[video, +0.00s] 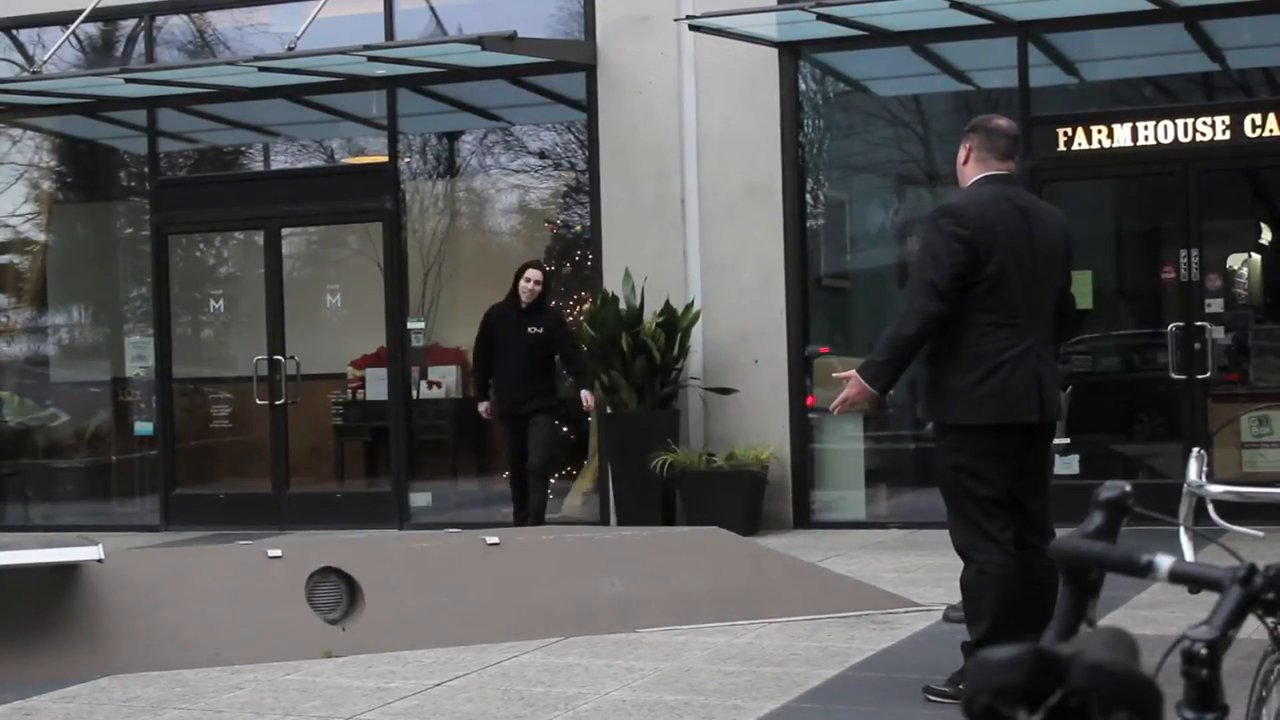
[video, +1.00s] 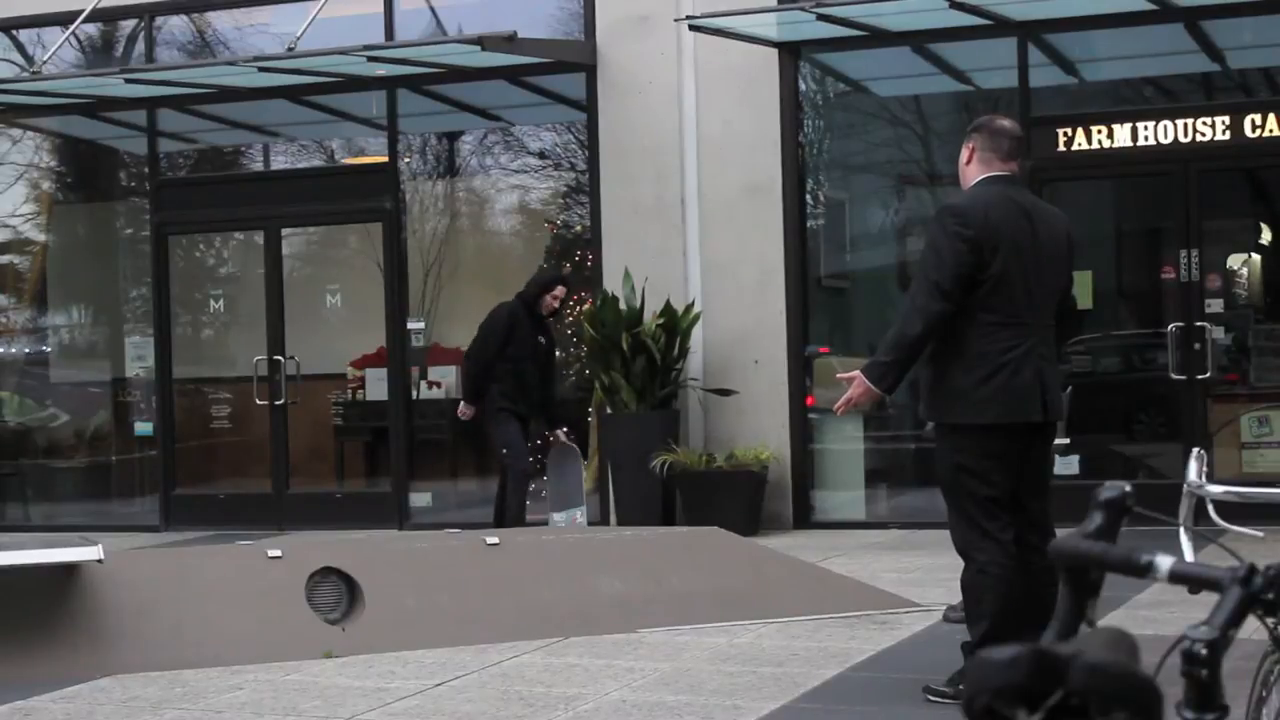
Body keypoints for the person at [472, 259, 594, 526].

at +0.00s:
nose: (531, 286)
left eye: (537, 283)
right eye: (527, 280)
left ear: (543, 288)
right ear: (517, 282)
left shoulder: (551, 317)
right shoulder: (496, 315)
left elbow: (571, 353)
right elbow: (481, 357)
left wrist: (584, 386)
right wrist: (482, 396)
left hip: (542, 400)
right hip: (508, 401)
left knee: (538, 463)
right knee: (517, 464)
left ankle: (536, 525)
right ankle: (520, 521)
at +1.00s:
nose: (557, 304)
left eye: (561, 300)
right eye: (554, 297)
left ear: (560, 301)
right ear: (539, 291)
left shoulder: (544, 333)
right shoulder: (507, 313)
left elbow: (546, 384)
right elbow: (477, 355)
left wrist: (554, 425)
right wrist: (469, 398)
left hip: (523, 408)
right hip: (497, 405)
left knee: (513, 470)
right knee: (519, 466)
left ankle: (502, 534)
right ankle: (513, 534)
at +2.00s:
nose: (551, 261)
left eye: (556, 255)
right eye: (545, 255)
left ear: (563, 261)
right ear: (532, 259)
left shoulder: (570, 302)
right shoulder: (509, 298)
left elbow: (580, 350)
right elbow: (492, 351)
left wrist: (580, 369)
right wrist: (496, 394)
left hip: (558, 401)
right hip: (519, 401)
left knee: (558, 480)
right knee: (521, 478)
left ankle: (557, 542)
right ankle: (524, 541)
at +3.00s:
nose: (584, 271)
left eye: (592, 265)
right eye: (578, 262)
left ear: (598, 267)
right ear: (562, 259)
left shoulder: (604, 301)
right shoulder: (529, 291)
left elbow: (612, 350)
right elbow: (486, 325)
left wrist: (593, 358)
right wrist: (502, 371)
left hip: (581, 383)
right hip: (539, 388)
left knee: (569, 412)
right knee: (546, 460)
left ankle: (572, 504)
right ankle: (552, 538)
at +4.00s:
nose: (577, 155)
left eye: (582, 147)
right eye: (569, 147)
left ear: (587, 152)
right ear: (550, 151)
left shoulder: (597, 194)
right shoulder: (520, 202)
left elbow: (626, 243)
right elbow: (502, 268)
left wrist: (620, 259)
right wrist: (499, 318)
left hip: (588, 323)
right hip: (539, 326)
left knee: (587, 413)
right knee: (548, 416)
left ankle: (581, 493)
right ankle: (557, 511)